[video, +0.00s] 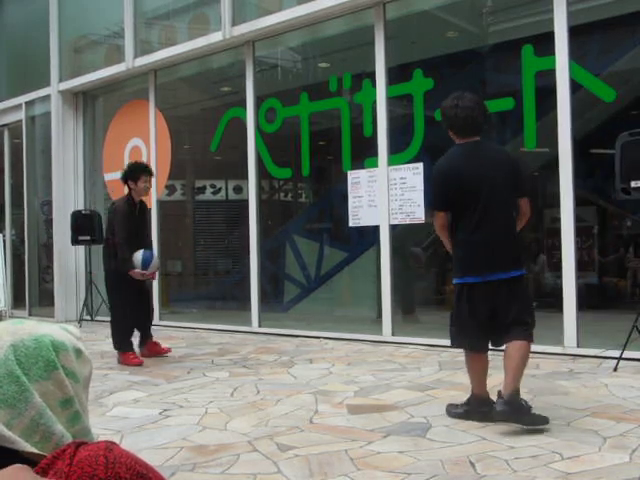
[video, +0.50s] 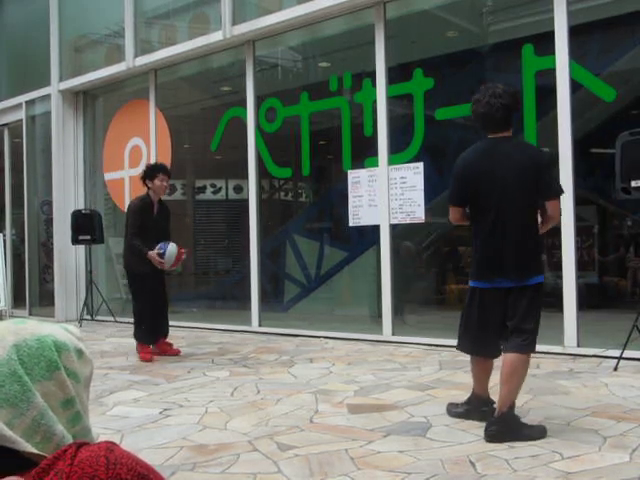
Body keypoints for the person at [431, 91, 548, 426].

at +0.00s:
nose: (447, 129)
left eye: (446, 124)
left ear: (448, 129)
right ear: (482, 123)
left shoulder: (446, 167)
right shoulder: (506, 159)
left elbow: (440, 222)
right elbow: (524, 212)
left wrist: (458, 250)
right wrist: (504, 238)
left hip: (470, 267)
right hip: (508, 263)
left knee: (473, 333)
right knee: (519, 327)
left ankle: (479, 399)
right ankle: (510, 396)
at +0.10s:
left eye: (451, 120)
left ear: (451, 125)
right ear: (485, 121)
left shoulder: (446, 165)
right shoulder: (509, 158)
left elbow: (439, 221)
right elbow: (529, 209)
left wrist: (460, 241)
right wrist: (518, 237)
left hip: (470, 267)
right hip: (509, 262)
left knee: (473, 333)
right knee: (521, 326)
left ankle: (479, 399)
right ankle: (509, 395)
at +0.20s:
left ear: (455, 124)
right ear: (489, 120)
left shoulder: (449, 166)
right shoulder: (511, 158)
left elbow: (440, 220)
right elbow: (536, 207)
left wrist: (464, 236)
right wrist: (528, 237)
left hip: (471, 267)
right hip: (511, 263)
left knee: (473, 333)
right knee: (519, 330)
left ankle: (478, 399)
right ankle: (508, 401)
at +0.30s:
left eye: (461, 121)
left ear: (462, 125)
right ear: (495, 120)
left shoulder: (456, 164)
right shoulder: (518, 158)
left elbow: (443, 218)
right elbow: (541, 211)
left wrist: (471, 230)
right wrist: (532, 235)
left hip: (475, 268)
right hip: (515, 265)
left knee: (475, 335)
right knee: (515, 335)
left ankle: (478, 400)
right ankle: (505, 411)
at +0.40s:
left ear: (470, 122)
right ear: (505, 119)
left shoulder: (462, 163)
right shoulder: (527, 158)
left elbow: (450, 219)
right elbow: (545, 212)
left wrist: (478, 229)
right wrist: (534, 232)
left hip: (479, 268)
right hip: (519, 265)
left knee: (477, 334)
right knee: (517, 336)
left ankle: (479, 400)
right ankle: (504, 416)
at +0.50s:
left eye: (480, 115)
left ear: (479, 120)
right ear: (514, 116)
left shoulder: (468, 160)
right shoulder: (536, 158)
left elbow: (456, 216)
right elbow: (553, 214)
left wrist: (487, 217)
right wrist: (536, 229)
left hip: (486, 269)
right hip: (526, 267)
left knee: (481, 335)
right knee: (520, 339)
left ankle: (479, 400)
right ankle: (503, 418)